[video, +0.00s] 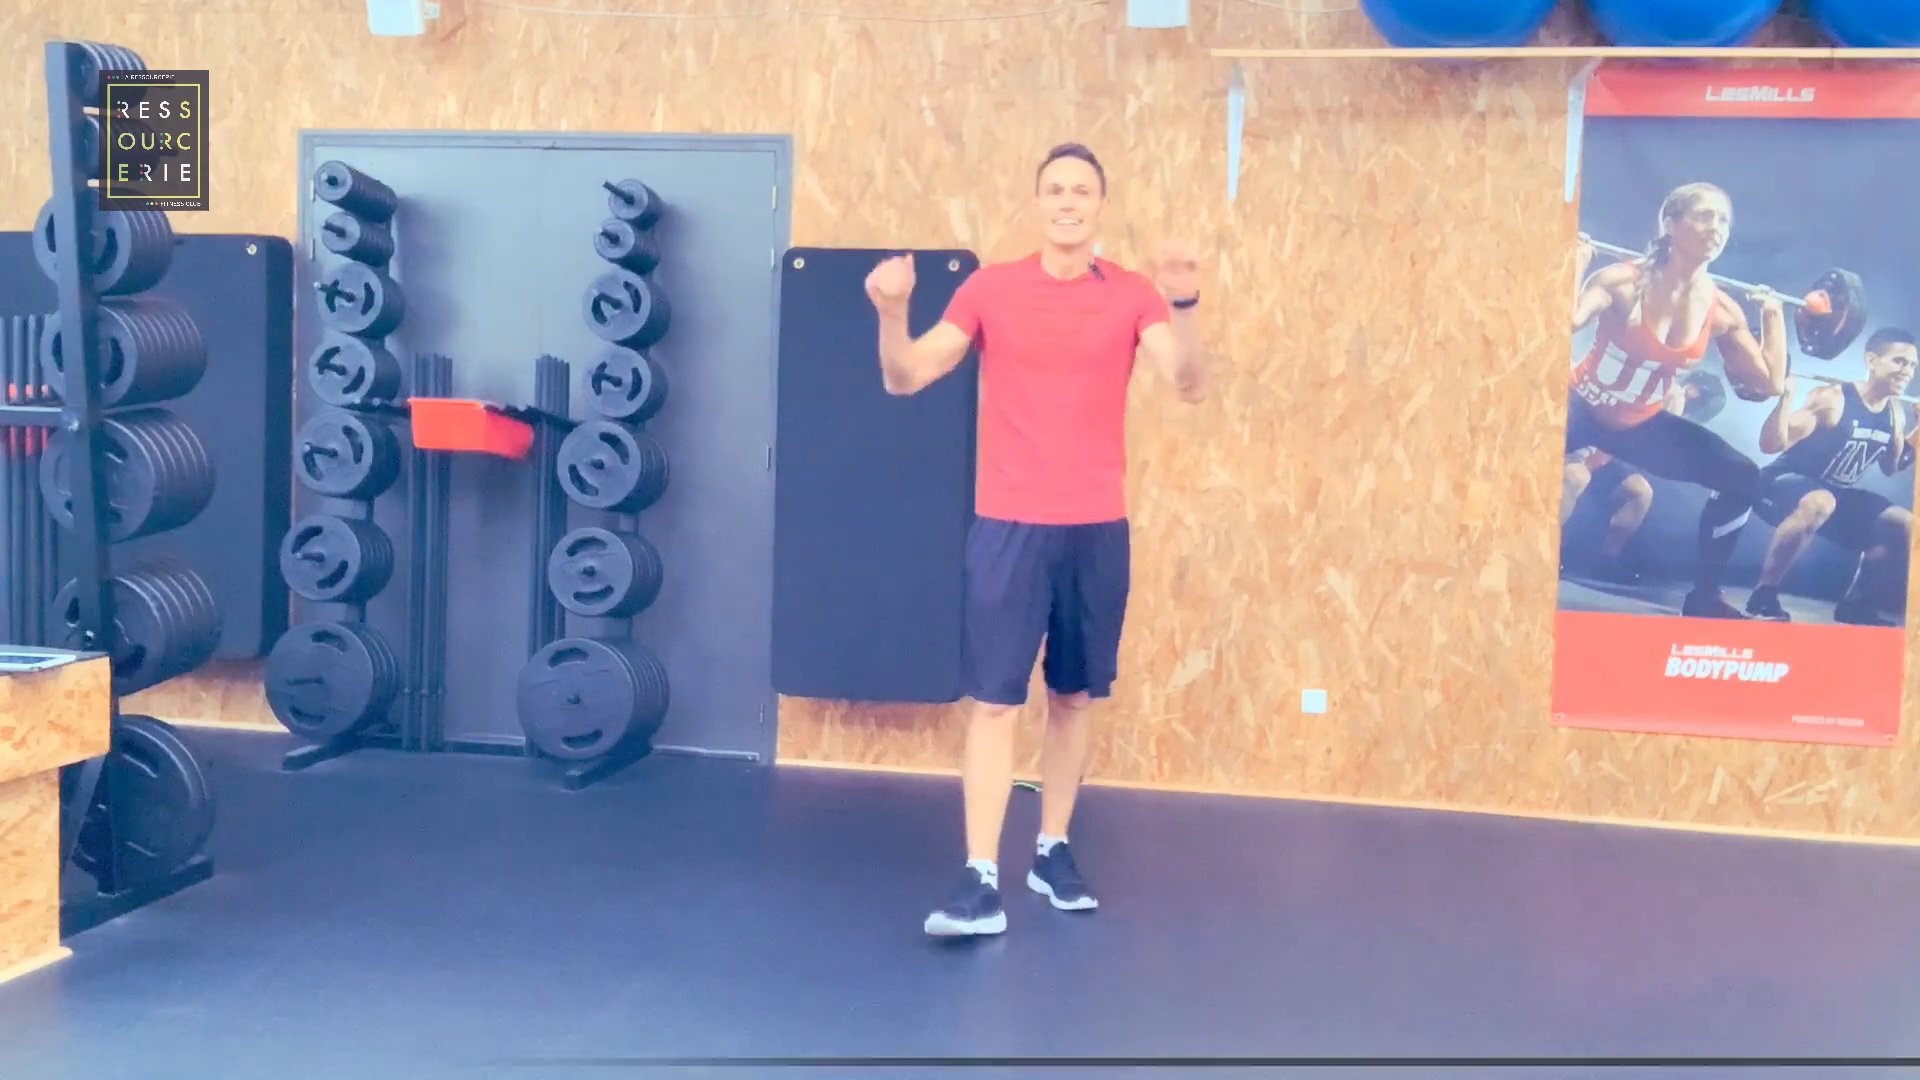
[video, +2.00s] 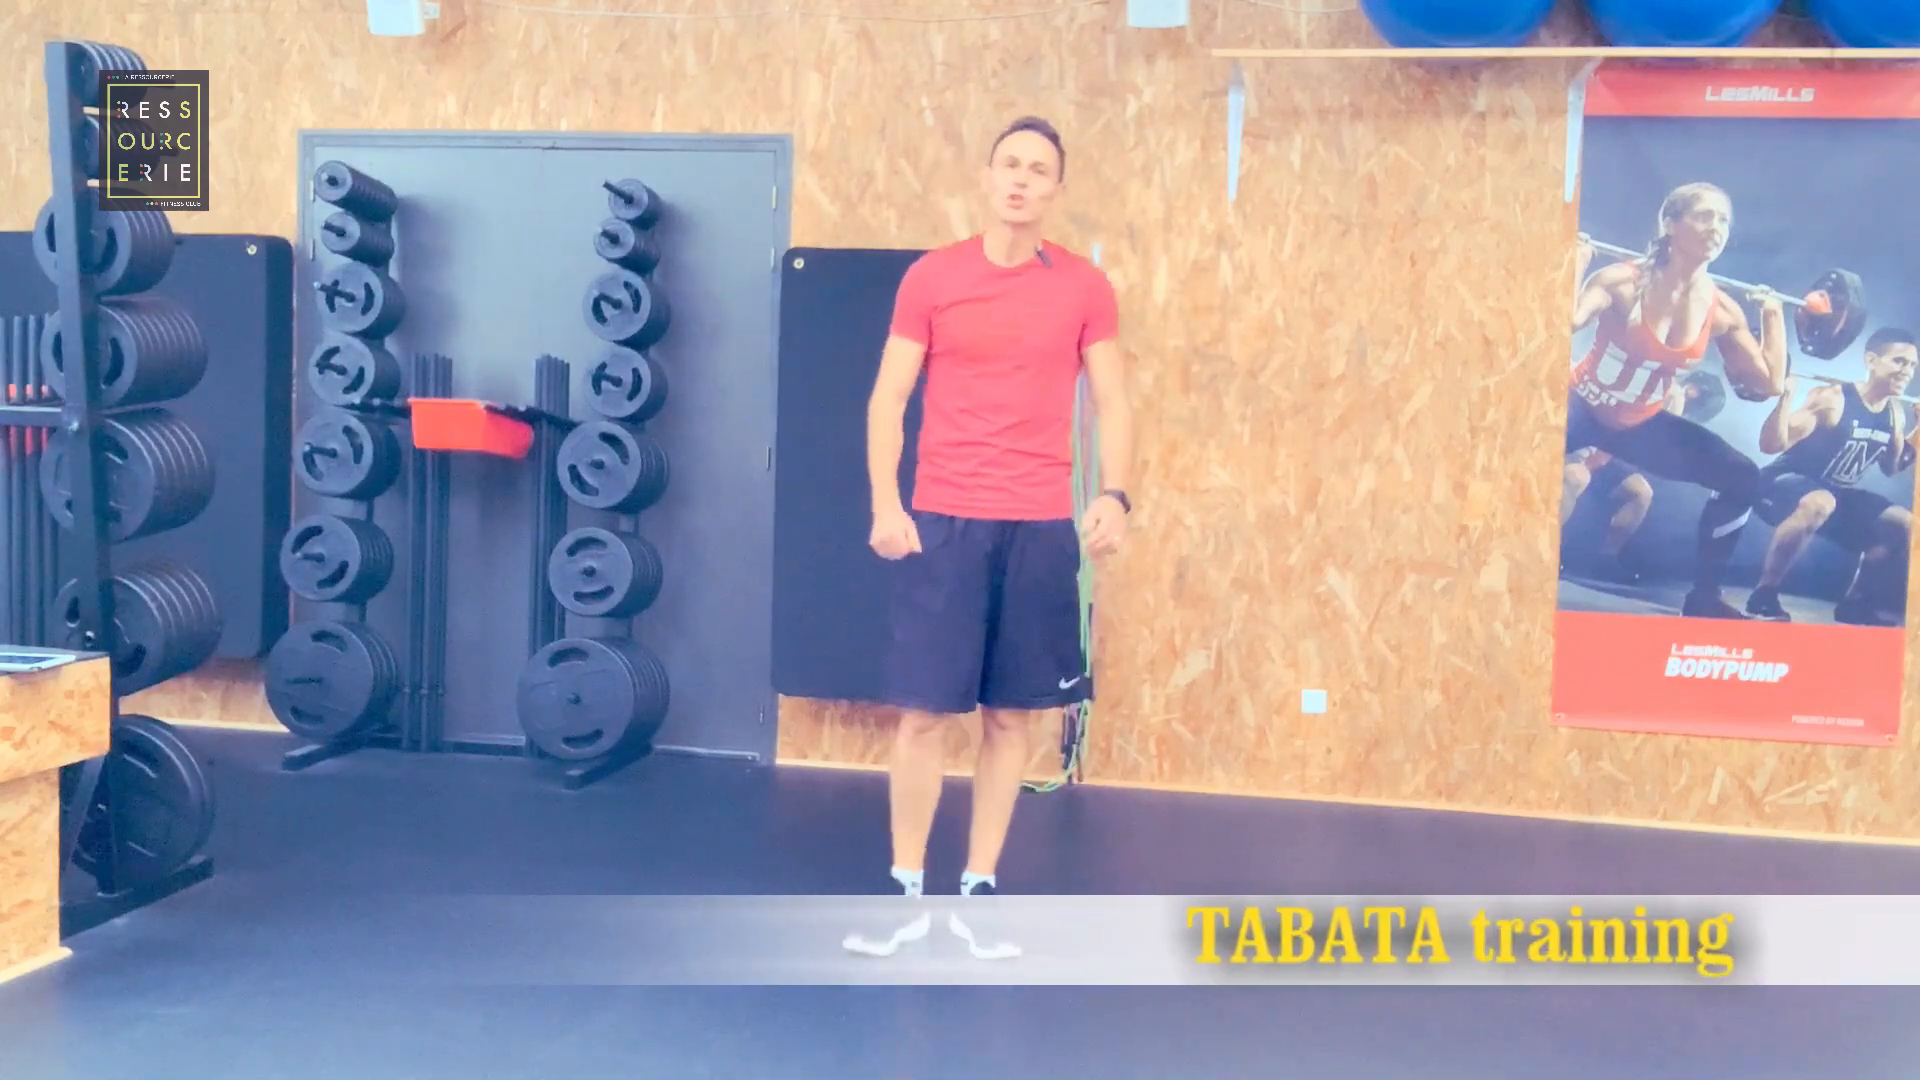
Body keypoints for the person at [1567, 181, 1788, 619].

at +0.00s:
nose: (1716, 228)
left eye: (1724, 221)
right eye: (1704, 216)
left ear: (1728, 234)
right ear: (1670, 223)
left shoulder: (1722, 310)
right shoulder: (1620, 279)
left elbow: (1768, 386)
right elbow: (1559, 324)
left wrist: (1773, 312)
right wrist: (1573, 269)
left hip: (1644, 425)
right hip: (1579, 409)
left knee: (1741, 477)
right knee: (1515, 447)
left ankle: (1705, 596)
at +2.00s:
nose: (1716, 228)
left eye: (1724, 221)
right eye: (1704, 216)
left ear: (1728, 234)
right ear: (1670, 224)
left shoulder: (1722, 310)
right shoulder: (1620, 279)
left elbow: (1768, 386)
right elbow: (1559, 324)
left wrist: (1773, 312)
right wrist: (1573, 269)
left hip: (1644, 425)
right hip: (1579, 408)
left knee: (1741, 477)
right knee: (1515, 447)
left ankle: (1705, 597)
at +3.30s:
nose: (1716, 228)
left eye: (1724, 221)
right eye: (1704, 216)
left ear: (1728, 234)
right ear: (1670, 224)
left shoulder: (1722, 310)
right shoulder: (1620, 279)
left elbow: (1769, 386)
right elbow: (1559, 325)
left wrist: (1773, 312)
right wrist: (1573, 269)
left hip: (1644, 425)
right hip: (1579, 408)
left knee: (1742, 478)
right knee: (1516, 445)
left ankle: (1705, 597)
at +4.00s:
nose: (1716, 228)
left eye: (1724, 221)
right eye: (1704, 216)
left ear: (1728, 233)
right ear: (1671, 224)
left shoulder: (1722, 310)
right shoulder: (1620, 279)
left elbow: (1769, 385)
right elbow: (1559, 325)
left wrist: (1773, 312)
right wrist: (1573, 269)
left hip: (1644, 425)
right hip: (1579, 408)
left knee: (1741, 477)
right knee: (1516, 445)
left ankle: (1705, 597)